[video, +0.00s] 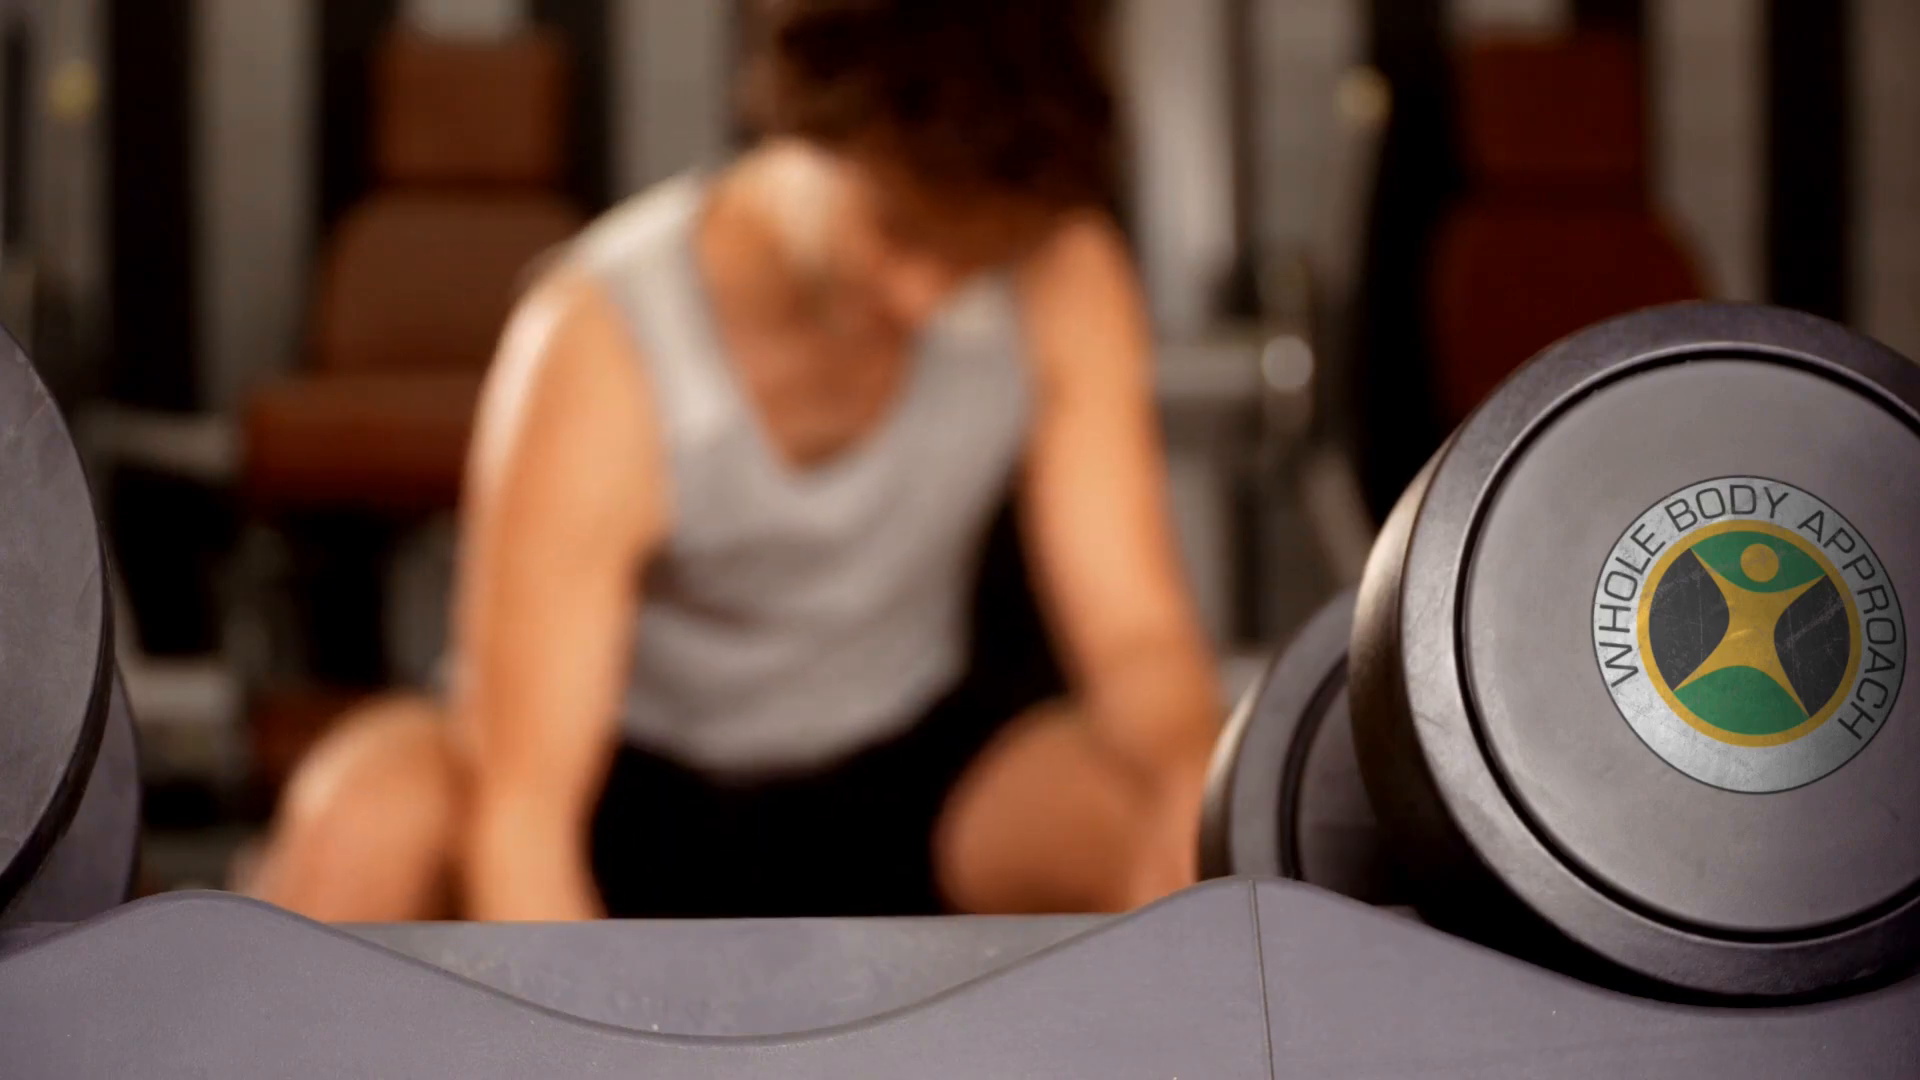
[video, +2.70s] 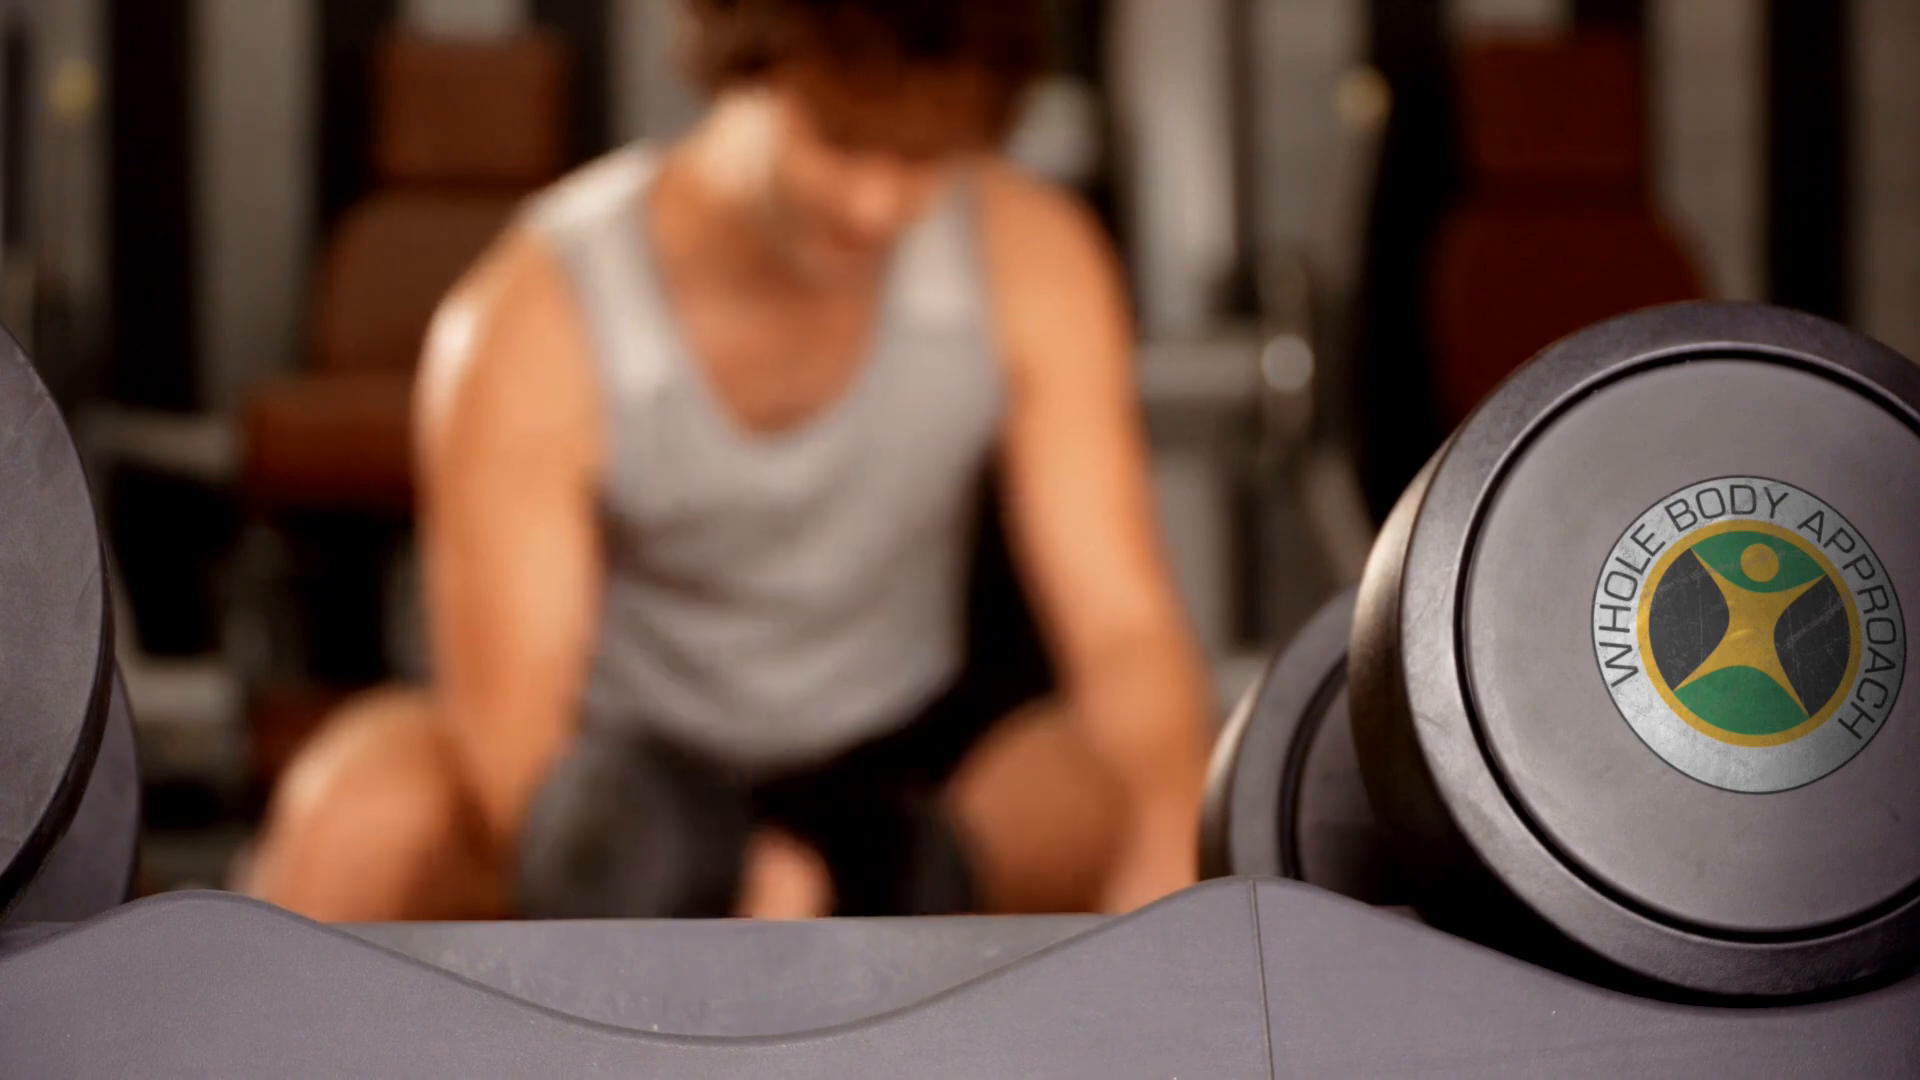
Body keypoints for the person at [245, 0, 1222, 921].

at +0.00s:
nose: (924, 302)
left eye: (978, 258)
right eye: (896, 238)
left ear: (1034, 213)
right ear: (806, 139)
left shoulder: (1056, 269)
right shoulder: (596, 340)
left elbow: (1137, 643)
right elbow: (523, 809)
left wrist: (1215, 826)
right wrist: (596, 1064)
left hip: (902, 782)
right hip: (627, 794)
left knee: (1194, 816)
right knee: (365, 800)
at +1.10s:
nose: (917, 247)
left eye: (966, 201)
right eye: (885, 186)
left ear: (1012, 161)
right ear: (784, 97)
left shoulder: (1045, 255)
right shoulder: (588, 310)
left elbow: (1130, 639)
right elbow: (506, 753)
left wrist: (1187, 852)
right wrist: (677, 961)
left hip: (903, 768)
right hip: (624, 779)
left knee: (1193, 817)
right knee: (362, 794)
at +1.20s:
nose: (910, 235)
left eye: (961, 187)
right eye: (876, 171)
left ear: (1013, 155)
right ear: (780, 81)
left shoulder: (1042, 256)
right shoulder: (571, 308)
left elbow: (1135, 642)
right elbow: (509, 750)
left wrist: (1183, 842)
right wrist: (732, 870)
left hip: (907, 786)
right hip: (625, 792)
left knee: (1202, 781)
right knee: (368, 797)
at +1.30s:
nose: (907, 231)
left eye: (957, 183)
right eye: (873, 166)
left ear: (1010, 151)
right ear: (778, 77)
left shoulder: (1036, 257)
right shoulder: (556, 308)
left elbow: (1134, 641)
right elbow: (516, 733)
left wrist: (1183, 840)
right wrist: (850, 822)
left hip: (899, 803)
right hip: (623, 798)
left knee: (1188, 784)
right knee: (374, 789)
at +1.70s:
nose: (864, 231)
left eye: (910, 181)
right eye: (829, 168)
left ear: (959, 146)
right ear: (725, 89)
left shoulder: (999, 257)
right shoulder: (477, 320)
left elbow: (1120, 633)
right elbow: (523, 746)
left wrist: (1186, 883)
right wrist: (747, 691)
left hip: (895, 787)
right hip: (600, 796)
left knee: (1167, 811)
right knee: (372, 810)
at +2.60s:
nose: (872, 205)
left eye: (920, 157)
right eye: (838, 145)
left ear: (977, 121)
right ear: (740, 67)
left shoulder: (1017, 249)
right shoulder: (513, 316)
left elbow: (1123, 632)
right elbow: (528, 753)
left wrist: (1172, 864)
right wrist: (846, 749)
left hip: (888, 809)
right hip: (610, 818)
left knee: (1182, 790)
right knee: (371, 781)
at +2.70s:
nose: (874, 205)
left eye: (923, 159)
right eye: (842, 144)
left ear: (981, 128)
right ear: (748, 68)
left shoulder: (1029, 252)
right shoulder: (529, 325)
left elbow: (1123, 633)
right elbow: (516, 758)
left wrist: (1162, 863)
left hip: (909, 776)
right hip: (627, 784)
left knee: (1197, 787)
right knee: (358, 796)